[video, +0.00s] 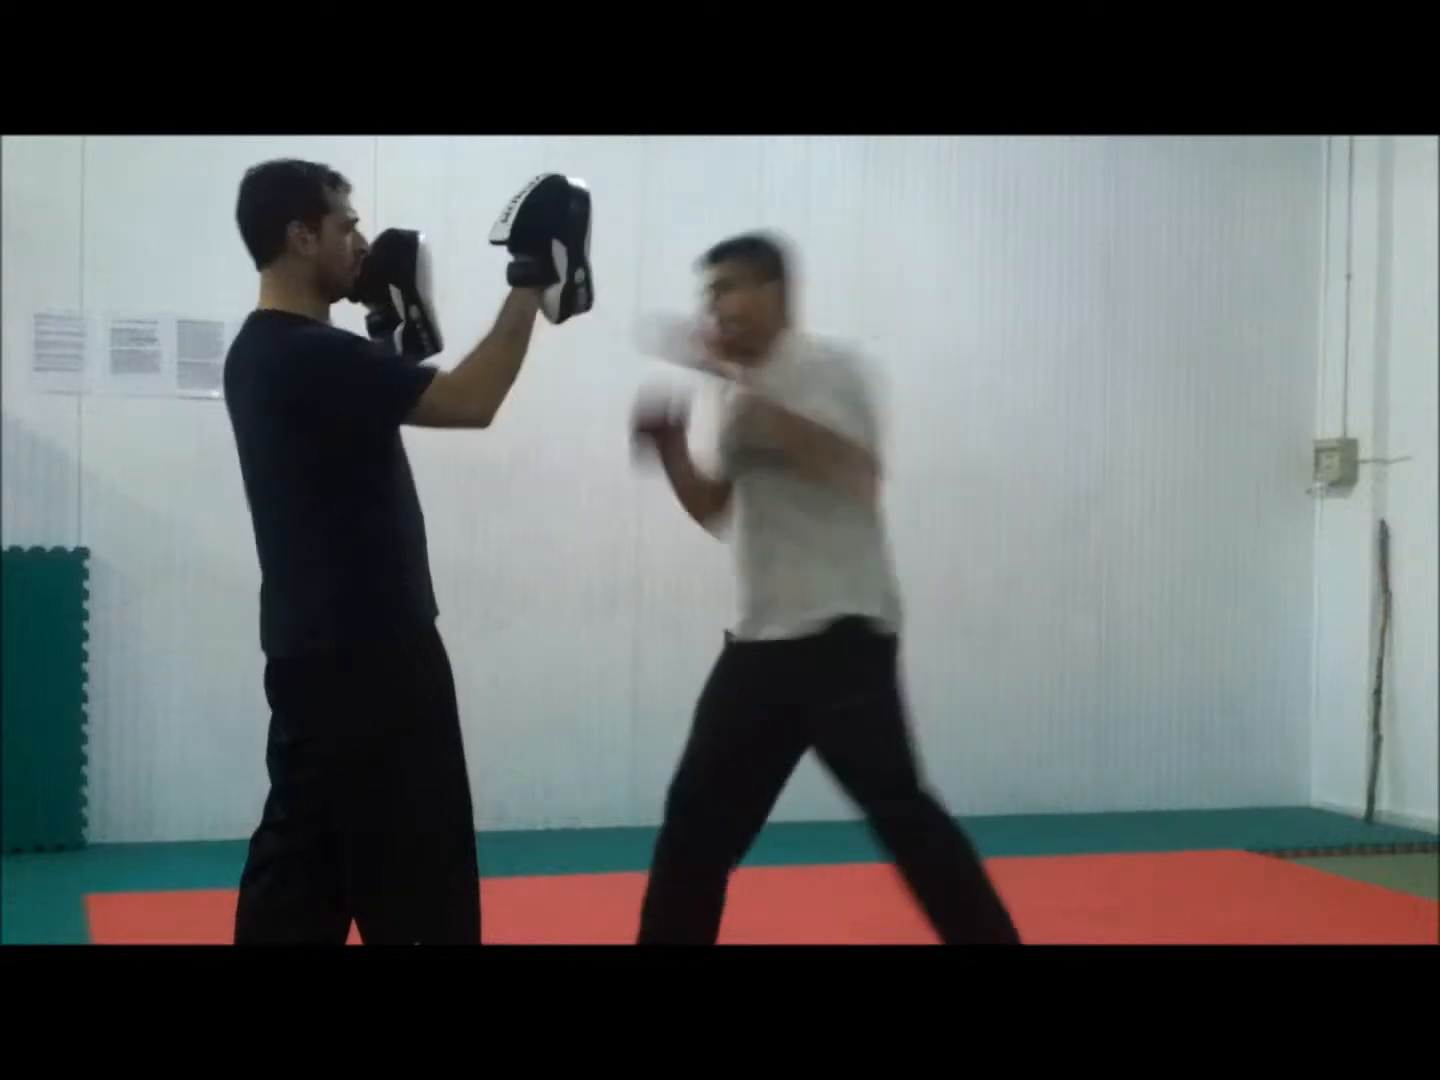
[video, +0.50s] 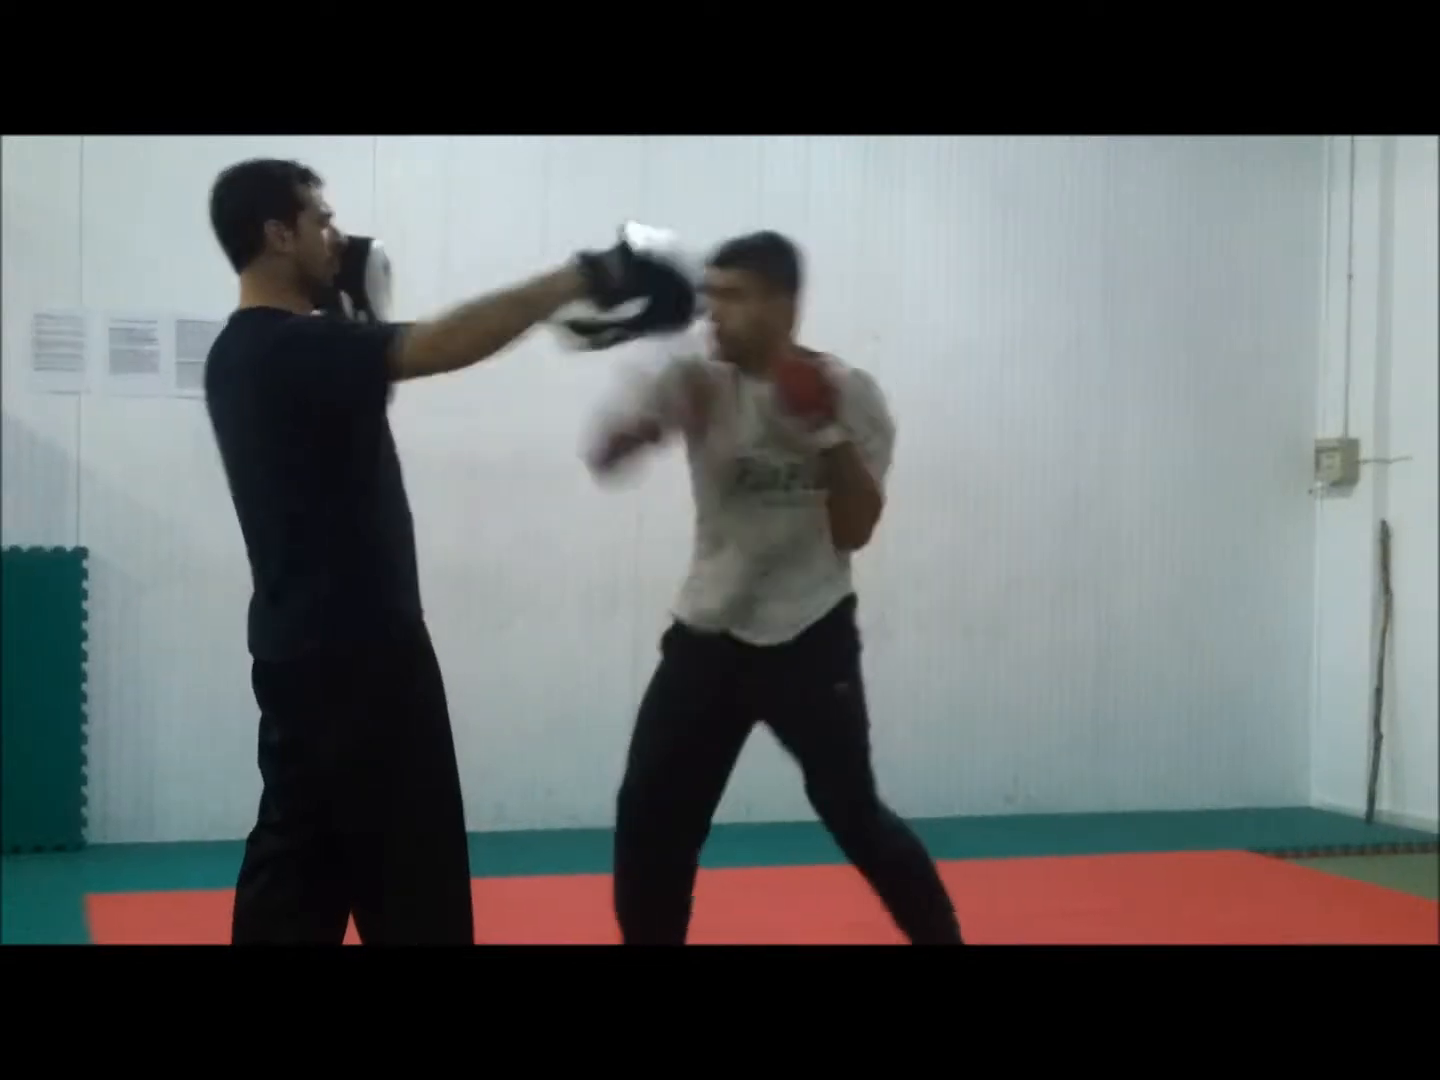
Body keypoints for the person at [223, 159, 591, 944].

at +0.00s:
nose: (361, 241)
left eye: (357, 224)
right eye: (348, 224)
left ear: (281, 239)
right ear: (301, 234)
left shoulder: (255, 351)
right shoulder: (310, 352)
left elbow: (352, 430)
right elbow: (470, 401)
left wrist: (393, 331)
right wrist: (528, 288)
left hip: (310, 646)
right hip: (375, 645)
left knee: (303, 856)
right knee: (423, 866)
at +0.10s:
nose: (353, 244)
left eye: (348, 226)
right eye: (339, 228)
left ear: (276, 243)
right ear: (290, 238)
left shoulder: (252, 351)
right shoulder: (308, 356)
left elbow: (319, 405)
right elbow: (459, 406)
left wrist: (351, 328)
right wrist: (534, 300)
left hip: (308, 648)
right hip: (372, 648)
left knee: (302, 856)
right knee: (423, 863)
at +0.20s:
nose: (340, 245)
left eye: (333, 228)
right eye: (326, 229)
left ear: (268, 248)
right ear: (281, 242)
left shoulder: (238, 357)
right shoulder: (299, 355)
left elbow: (330, 422)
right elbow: (457, 399)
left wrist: (349, 324)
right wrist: (546, 292)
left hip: (308, 647)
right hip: (372, 646)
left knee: (301, 859)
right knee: (420, 868)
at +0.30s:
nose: (331, 241)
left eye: (326, 225)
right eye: (318, 226)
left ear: (257, 248)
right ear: (272, 242)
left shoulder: (232, 358)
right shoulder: (296, 352)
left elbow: (345, 416)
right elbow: (455, 383)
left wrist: (357, 318)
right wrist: (554, 308)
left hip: (301, 642)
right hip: (369, 642)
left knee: (301, 851)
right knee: (422, 855)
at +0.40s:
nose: (331, 239)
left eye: (325, 223)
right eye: (317, 224)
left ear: (256, 246)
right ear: (272, 239)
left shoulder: (231, 356)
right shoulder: (295, 351)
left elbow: (343, 407)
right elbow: (454, 378)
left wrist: (352, 314)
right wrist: (564, 304)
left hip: (300, 647)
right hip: (367, 647)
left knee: (297, 863)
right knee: (419, 866)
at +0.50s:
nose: (337, 236)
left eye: (331, 219)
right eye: (323, 221)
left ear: (258, 240)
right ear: (277, 233)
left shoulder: (238, 351)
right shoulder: (296, 345)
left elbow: (333, 412)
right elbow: (445, 343)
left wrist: (347, 309)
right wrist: (580, 277)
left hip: (297, 642)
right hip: (362, 642)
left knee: (297, 859)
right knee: (414, 862)